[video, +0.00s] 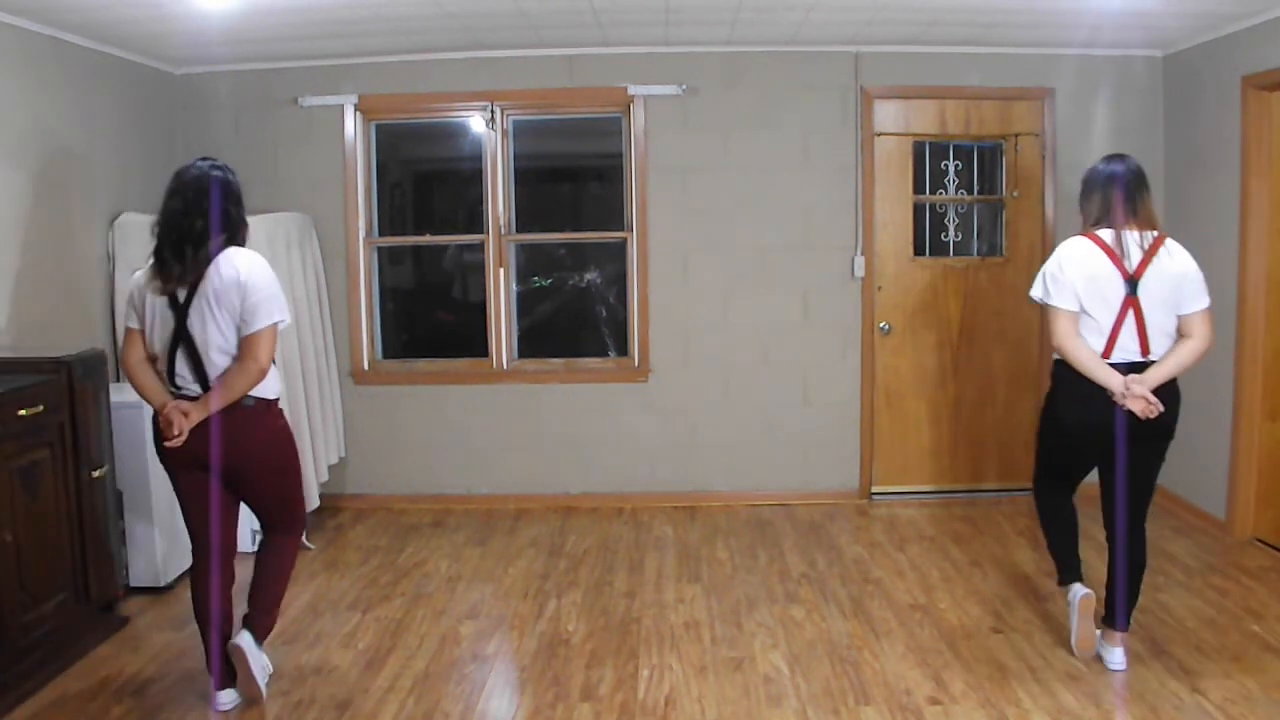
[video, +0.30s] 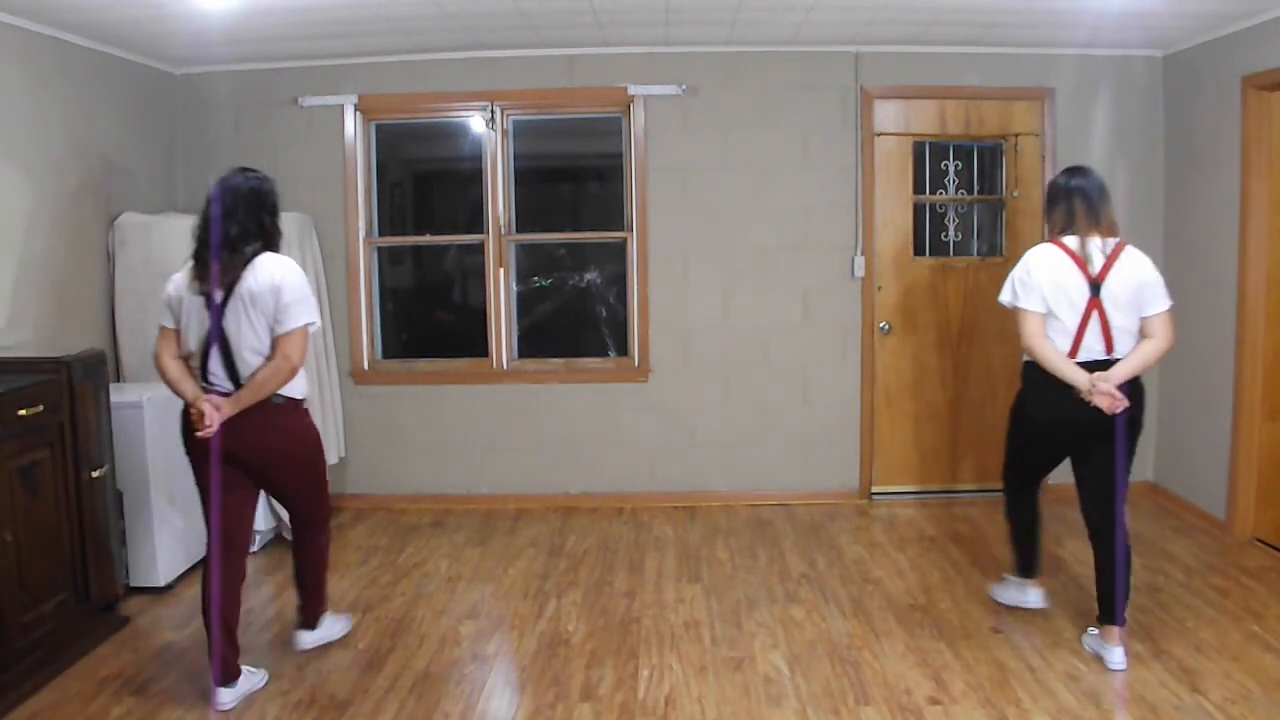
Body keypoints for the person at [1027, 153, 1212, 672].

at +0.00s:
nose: (1092, 204)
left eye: (1091, 195)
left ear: (1090, 198)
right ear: (1143, 197)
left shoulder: (1072, 255)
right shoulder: (1176, 256)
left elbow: (1065, 340)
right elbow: (1199, 337)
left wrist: (1118, 384)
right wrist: (1145, 382)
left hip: (1084, 397)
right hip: (1154, 398)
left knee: (1054, 484)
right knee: (1129, 517)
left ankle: (1073, 585)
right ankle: (1117, 637)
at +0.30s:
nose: (1050, 212)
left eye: (1052, 204)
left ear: (1053, 208)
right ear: (1104, 205)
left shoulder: (1038, 261)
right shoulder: (1136, 261)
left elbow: (1033, 342)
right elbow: (1161, 337)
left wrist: (1087, 383)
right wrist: (1111, 378)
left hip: (1051, 398)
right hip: (1116, 399)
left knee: (1021, 480)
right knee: (1108, 517)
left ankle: (1026, 581)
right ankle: (1113, 635)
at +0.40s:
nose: (1029, 222)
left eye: (1030, 214)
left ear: (1036, 216)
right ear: (1084, 213)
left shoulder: (1022, 268)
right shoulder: (1118, 268)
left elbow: (1018, 345)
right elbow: (1141, 342)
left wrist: (1071, 388)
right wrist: (1089, 382)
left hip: (1034, 398)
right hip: (1099, 402)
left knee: (1007, 482)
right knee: (1097, 518)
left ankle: (984, 564)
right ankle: (1111, 634)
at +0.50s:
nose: (1006, 228)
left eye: (1008, 220)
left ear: (1012, 222)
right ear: (1059, 219)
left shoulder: (999, 271)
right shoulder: (1094, 270)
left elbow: (997, 344)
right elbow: (1116, 341)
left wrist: (1045, 387)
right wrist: (1067, 384)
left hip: (1013, 398)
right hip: (1078, 400)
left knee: (988, 486)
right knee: (1081, 513)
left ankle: (957, 560)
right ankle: (1108, 622)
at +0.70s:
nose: (960, 216)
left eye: (959, 208)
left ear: (964, 212)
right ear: (1008, 210)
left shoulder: (952, 263)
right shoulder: (1038, 258)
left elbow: (952, 336)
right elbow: (1062, 326)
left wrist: (1001, 370)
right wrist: (1024, 365)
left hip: (967, 384)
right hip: (1024, 383)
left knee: (955, 477)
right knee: (1021, 483)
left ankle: (949, 563)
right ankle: (1061, 560)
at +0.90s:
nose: (931, 208)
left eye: (932, 201)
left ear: (938, 203)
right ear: (979, 200)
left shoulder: (932, 251)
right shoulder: (1008, 248)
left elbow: (938, 322)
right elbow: (1027, 314)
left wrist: (982, 360)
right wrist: (998, 354)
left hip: (943, 369)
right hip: (994, 370)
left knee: (943, 459)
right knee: (960, 446)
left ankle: (949, 561)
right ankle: (989, 524)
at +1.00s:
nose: (920, 210)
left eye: (922, 204)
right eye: (921, 204)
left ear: (930, 205)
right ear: (967, 202)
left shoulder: (927, 249)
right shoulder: (995, 248)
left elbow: (941, 322)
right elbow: (1012, 311)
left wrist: (980, 357)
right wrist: (990, 351)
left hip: (936, 366)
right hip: (980, 368)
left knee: (938, 458)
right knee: (943, 443)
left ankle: (949, 560)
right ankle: (969, 520)